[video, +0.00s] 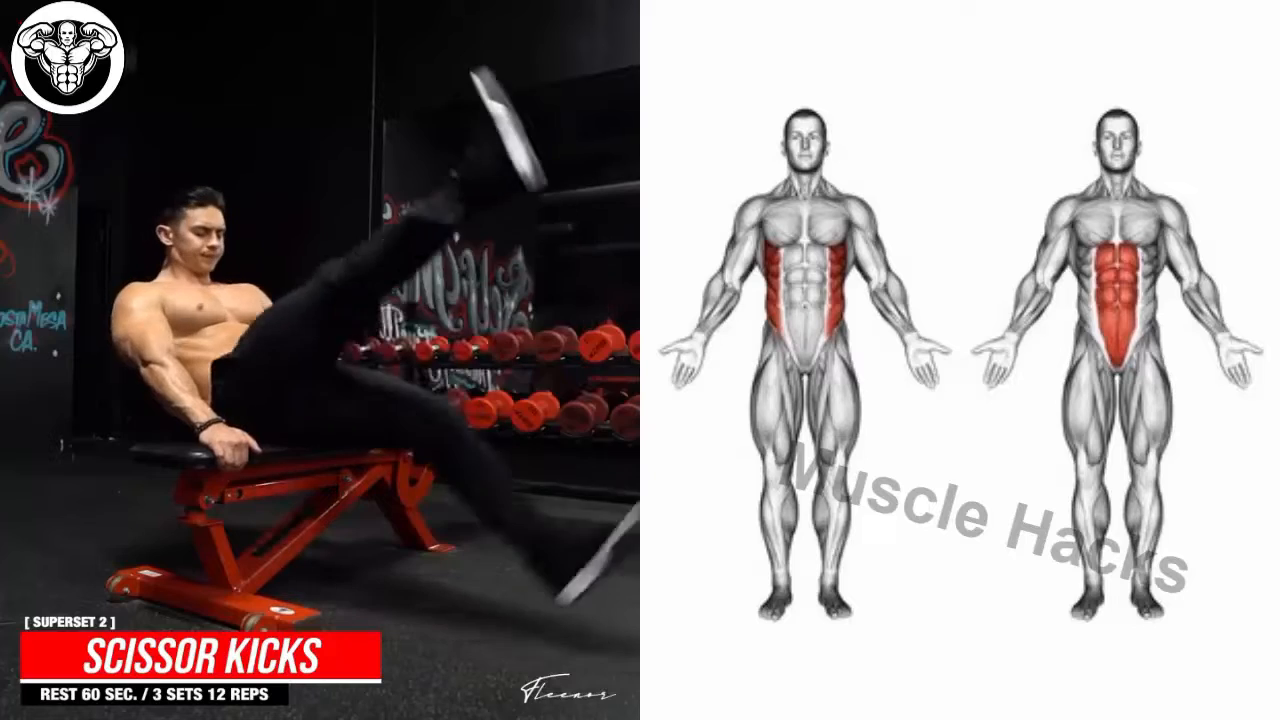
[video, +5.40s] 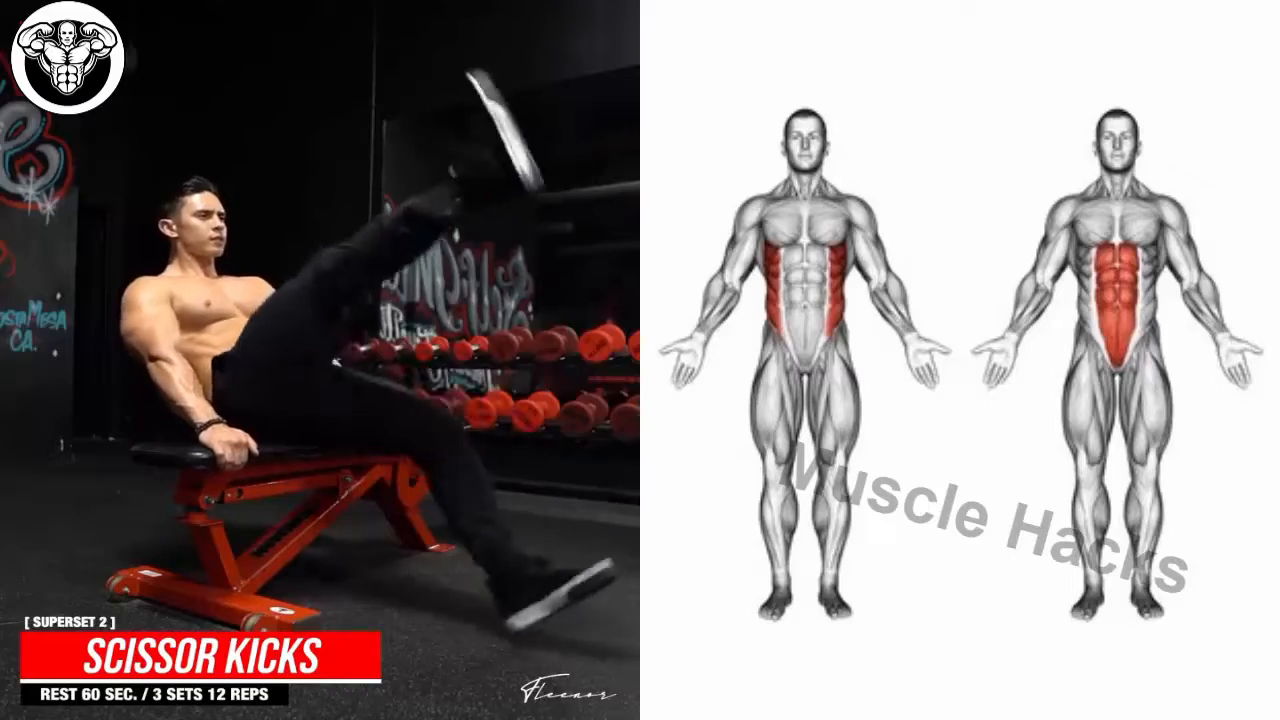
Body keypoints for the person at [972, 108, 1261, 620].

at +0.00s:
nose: (1116, 145)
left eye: (1124, 138)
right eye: (1108, 138)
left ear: (1137, 145)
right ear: (1097, 146)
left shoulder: (1164, 211)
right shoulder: (1070, 211)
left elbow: (1193, 282)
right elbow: (1041, 282)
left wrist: (1221, 335)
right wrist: (1012, 336)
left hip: (1144, 355)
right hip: (1089, 354)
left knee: (1145, 466)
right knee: (1088, 466)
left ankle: (1141, 582)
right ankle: (1092, 583)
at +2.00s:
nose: (1116, 145)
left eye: (1124, 138)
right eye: (1108, 138)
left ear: (1137, 145)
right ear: (1097, 145)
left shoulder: (1164, 211)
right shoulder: (1070, 211)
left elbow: (1193, 282)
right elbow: (1041, 282)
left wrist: (1222, 335)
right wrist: (1012, 336)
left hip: (1144, 355)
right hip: (1089, 354)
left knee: (1145, 466)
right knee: (1088, 466)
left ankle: (1141, 581)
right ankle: (1092, 583)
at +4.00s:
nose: (1116, 146)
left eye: (1124, 138)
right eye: (1109, 138)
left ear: (1137, 145)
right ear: (1097, 145)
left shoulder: (1164, 211)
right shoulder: (1070, 211)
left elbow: (1193, 282)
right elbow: (1041, 282)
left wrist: (1222, 335)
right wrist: (1012, 336)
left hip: (1144, 355)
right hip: (1089, 354)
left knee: (1145, 466)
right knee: (1088, 467)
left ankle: (1141, 581)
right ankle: (1092, 583)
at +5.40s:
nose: (1116, 146)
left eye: (1124, 138)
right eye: (1109, 138)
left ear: (1137, 145)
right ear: (1097, 145)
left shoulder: (1164, 211)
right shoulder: (1070, 211)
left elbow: (1193, 282)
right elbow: (1041, 282)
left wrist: (1222, 335)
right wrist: (1012, 336)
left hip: (1144, 355)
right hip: (1089, 355)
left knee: (1145, 466)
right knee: (1088, 466)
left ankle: (1141, 581)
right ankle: (1091, 582)